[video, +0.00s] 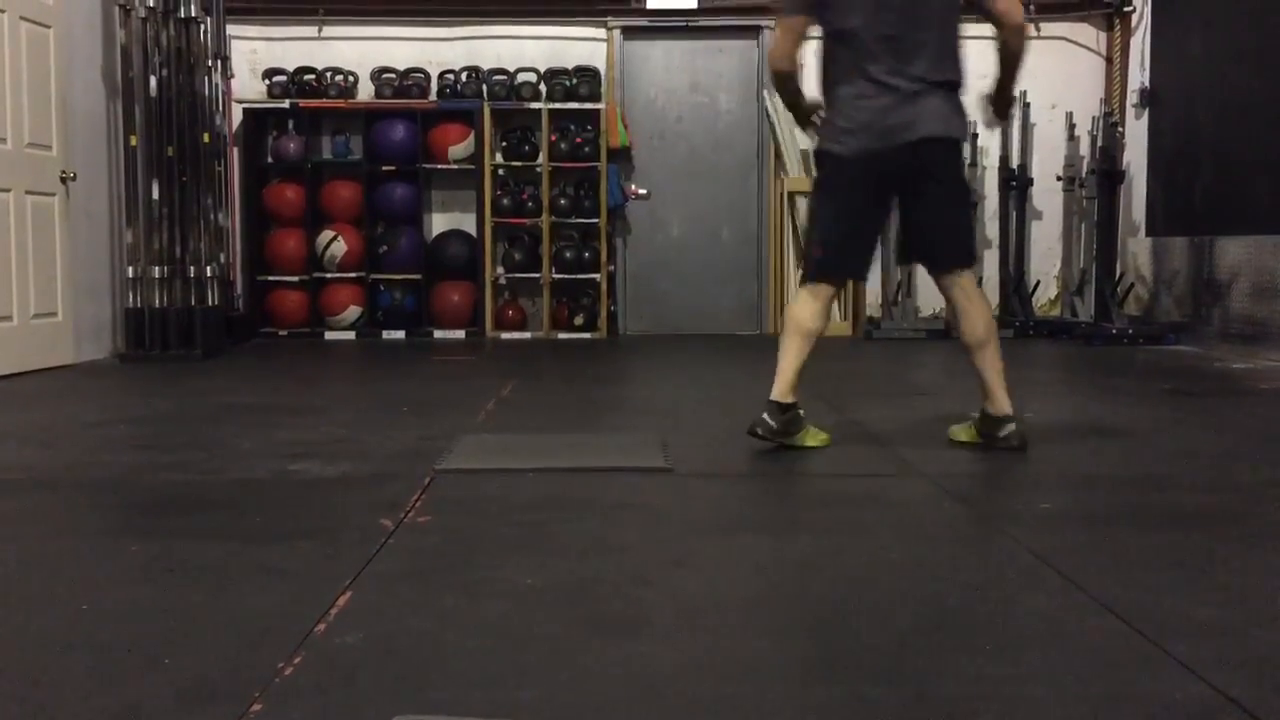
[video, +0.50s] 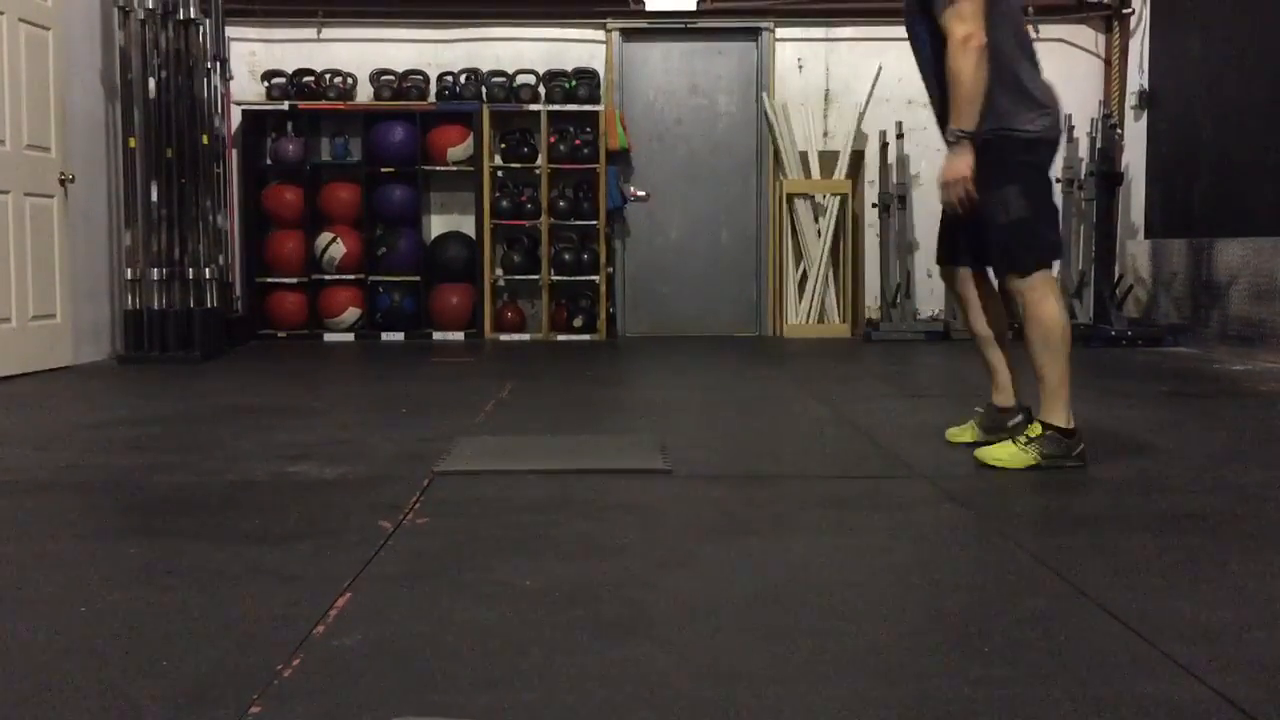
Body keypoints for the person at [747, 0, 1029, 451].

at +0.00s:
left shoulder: (818, 1)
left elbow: (780, 62)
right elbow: (1014, 23)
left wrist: (801, 109)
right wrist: (1004, 90)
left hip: (853, 141)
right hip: (933, 136)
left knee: (819, 283)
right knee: (958, 277)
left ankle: (779, 406)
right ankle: (1001, 414)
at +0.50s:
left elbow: (967, 37)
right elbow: (1016, 35)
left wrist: (960, 141)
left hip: (1012, 128)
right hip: (985, 131)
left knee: (1030, 276)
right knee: (961, 268)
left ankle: (1059, 430)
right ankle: (1004, 408)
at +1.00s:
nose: (794, 192)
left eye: (791, 179)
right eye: (785, 185)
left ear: (817, 150)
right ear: (818, 152)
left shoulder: (886, 163)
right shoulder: (854, 189)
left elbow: (899, 276)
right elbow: (857, 278)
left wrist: (874, 379)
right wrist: (837, 357)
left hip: (1042, 208)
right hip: (991, 218)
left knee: (948, 313)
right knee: (904, 316)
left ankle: (1051, 428)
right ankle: (992, 409)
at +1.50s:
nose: (637, 255)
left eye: (633, 240)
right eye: (628, 246)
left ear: (657, 215)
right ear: (650, 224)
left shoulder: (722, 238)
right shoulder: (700, 249)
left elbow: (743, 347)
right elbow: (734, 342)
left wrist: (738, 447)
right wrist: (729, 422)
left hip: (889, 309)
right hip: (879, 310)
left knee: (1032, 393)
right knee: (1022, 366)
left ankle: (1213, 388)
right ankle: (1173, 377)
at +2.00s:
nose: (603, 419)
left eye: (597, 407)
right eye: (595, 410)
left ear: (616, 384)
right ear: (620, 373)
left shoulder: (672, 379)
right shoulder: (672, 376)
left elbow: (772, 361)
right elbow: (755, 359)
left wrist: (743, 443)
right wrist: (719, 432)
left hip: (875, 406)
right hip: (869, 386)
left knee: (1042, 431)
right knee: (1002, 404)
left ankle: (1199, 378)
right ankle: (1116, 347)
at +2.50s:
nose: (623, 272)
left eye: (615, 259)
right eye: (613, 264)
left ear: (632, 229)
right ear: (632, 232)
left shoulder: (710, 235)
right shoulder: (694, 246)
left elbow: (736, 338)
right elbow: (729, 338)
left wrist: (738, 439)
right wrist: (726, 417)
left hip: (883, 294)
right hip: (875, 303)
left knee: (1020, 357)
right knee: (1006, 349)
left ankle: (1197, 376)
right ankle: (1135, 360)